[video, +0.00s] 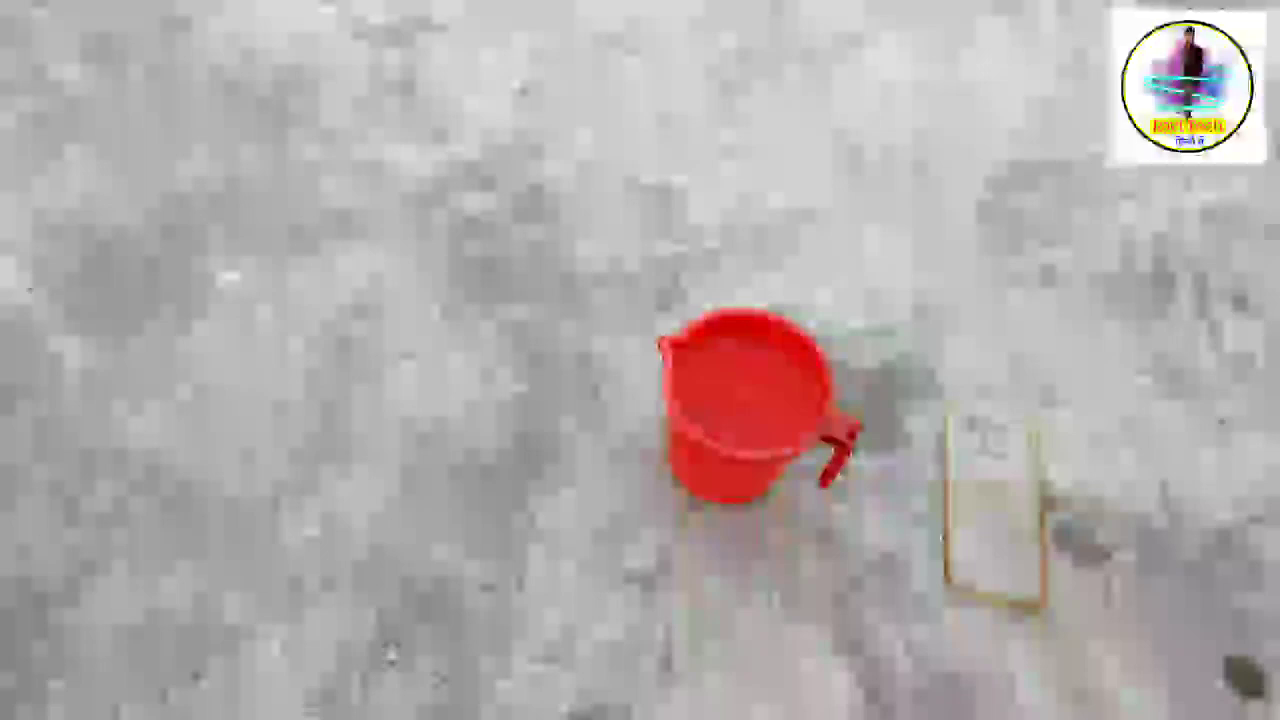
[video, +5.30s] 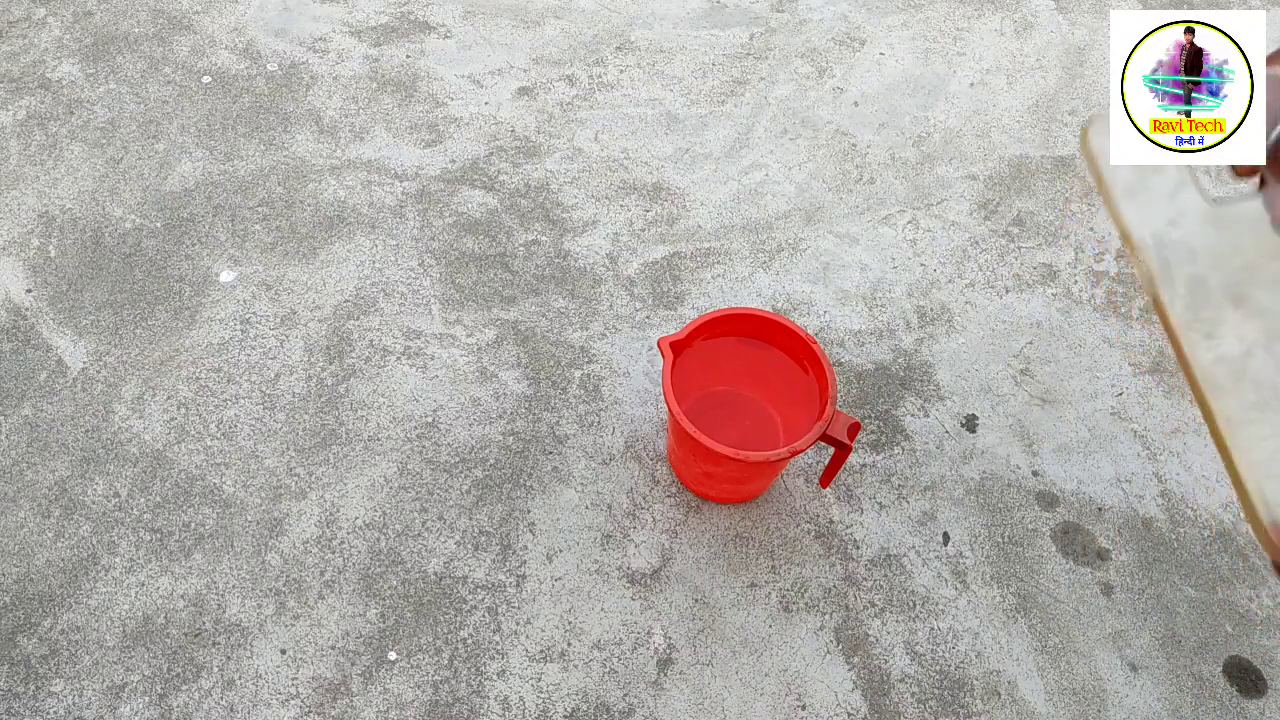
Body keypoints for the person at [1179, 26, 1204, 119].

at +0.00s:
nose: (1188, 38)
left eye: (1190, 35)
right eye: (1186, 35)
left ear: (1193, 36)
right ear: (1184, 36)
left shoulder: (1198, 50)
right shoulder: (1182, 49)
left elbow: (1199, 64)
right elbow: (1178, 62)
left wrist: (1198, 74)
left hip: (1194, 74)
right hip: (1184, 74)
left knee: (1191, 92)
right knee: (1185, 92)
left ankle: (1189, 111)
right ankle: (1186, 111)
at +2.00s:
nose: (1188, 38)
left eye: (1190, 36)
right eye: (1187, 35)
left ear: (1193, 36)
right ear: (1184, 36)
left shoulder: (1197, 50)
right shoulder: (1181, 49)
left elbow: (1199, 64)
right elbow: (1175, 61)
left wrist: (1197, 74)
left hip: (1193, 74)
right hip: (1183, 74)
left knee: (1190, 93)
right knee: (1185, 93)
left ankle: (1188, 112)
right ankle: (1186, 112)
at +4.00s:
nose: (1188, 37)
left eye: (1190, 35)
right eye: (1186, 35)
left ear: (1193, 36)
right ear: (1184, 36)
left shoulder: (1197, 50)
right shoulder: (1183, 48)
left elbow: (1198, 66)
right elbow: (1181, 61)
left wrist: (1196, 79)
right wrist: (1180, 72)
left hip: (1191, 75)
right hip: (1183, 73)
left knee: (1188, 94)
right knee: (1185, 93)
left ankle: (1188, 113)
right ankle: (1186, 112)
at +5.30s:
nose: (1187, 37)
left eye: (1189, 35)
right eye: (1185, 35)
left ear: (1193, 36)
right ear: (1183, 36)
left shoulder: (1197, 50)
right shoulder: (1183, 48)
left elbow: (1198, 67)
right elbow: (1182, 62)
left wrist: (1194, 81)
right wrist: (1181, 73)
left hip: (1190, 76)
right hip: (1183, 75)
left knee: (1187, 98)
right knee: (1185, 97)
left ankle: (1188, 117)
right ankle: (1186, 114)